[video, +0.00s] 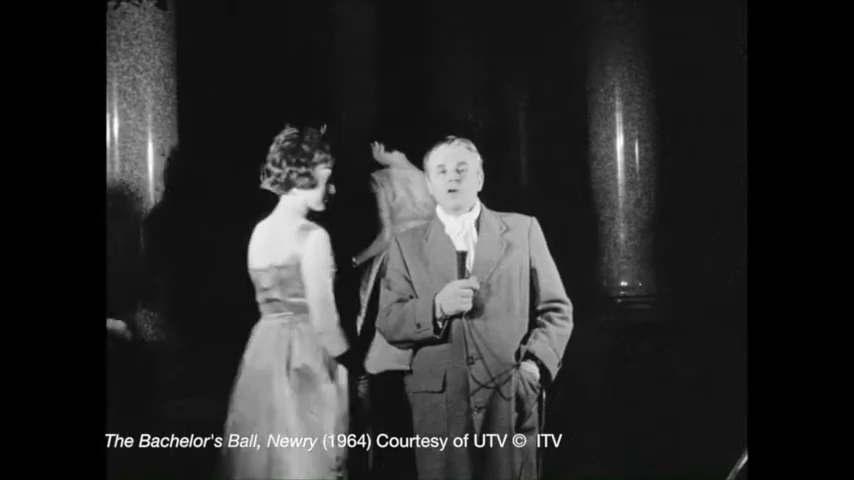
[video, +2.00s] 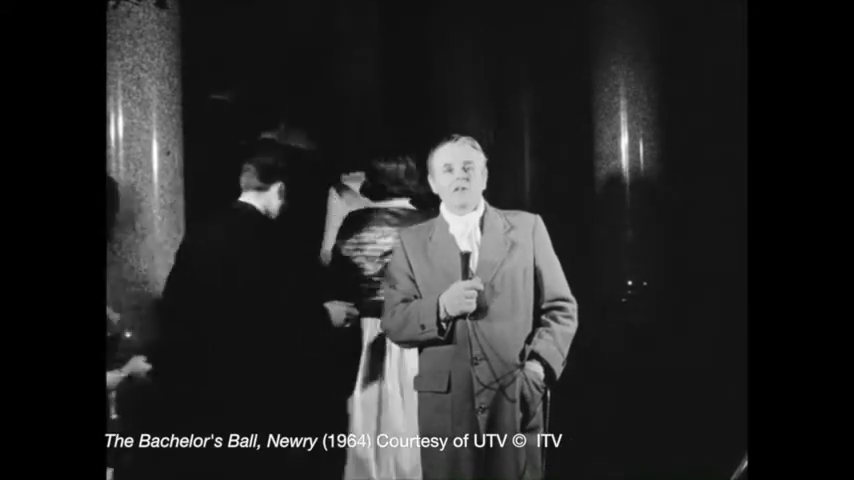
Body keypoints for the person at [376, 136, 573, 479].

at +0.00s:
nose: (452, 176)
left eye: (462, 166)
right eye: (441, 169)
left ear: (480, 178)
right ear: (428, 184)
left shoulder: (523, 230)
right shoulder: (405, 244)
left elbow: (555, 308)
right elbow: (389, 321)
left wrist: (535, 364)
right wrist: (435, 308)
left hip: (508, 394)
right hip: (436, 396)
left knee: (513, 474)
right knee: (440, 474)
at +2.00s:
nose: (460, 175)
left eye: (469, 165)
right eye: (447, 168)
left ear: (485, 176)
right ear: (432, 183)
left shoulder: (527, 228)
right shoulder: (411, 241)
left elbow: (560, 306)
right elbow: (394, 320)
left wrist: (539, 364)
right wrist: (440, 308)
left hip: (515, 395)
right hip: (444, 398)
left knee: (519, 474)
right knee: (446, 474)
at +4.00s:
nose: (470, 174)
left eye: (480, 166)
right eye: (459, 167)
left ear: (497, 178)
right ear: (444, 181)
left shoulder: (537, 231)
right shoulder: (420, 242)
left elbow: (569, 309)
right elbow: (404, 321)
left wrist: (551, 363)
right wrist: (453, 306)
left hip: (523, 399)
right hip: (452, 402)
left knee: (527, 474)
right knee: (453, 473)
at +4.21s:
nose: (472, 176)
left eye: (482, 167)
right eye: (461, 168)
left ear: (499, 178)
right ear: (445, 180)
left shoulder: (539, 231)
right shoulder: (420, 243)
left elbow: (571, 309)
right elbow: (402, 320)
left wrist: (550, 364)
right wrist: (452, 306)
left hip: (524, 397)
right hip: (452, 400)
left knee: (527, 474)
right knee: (455, 474)